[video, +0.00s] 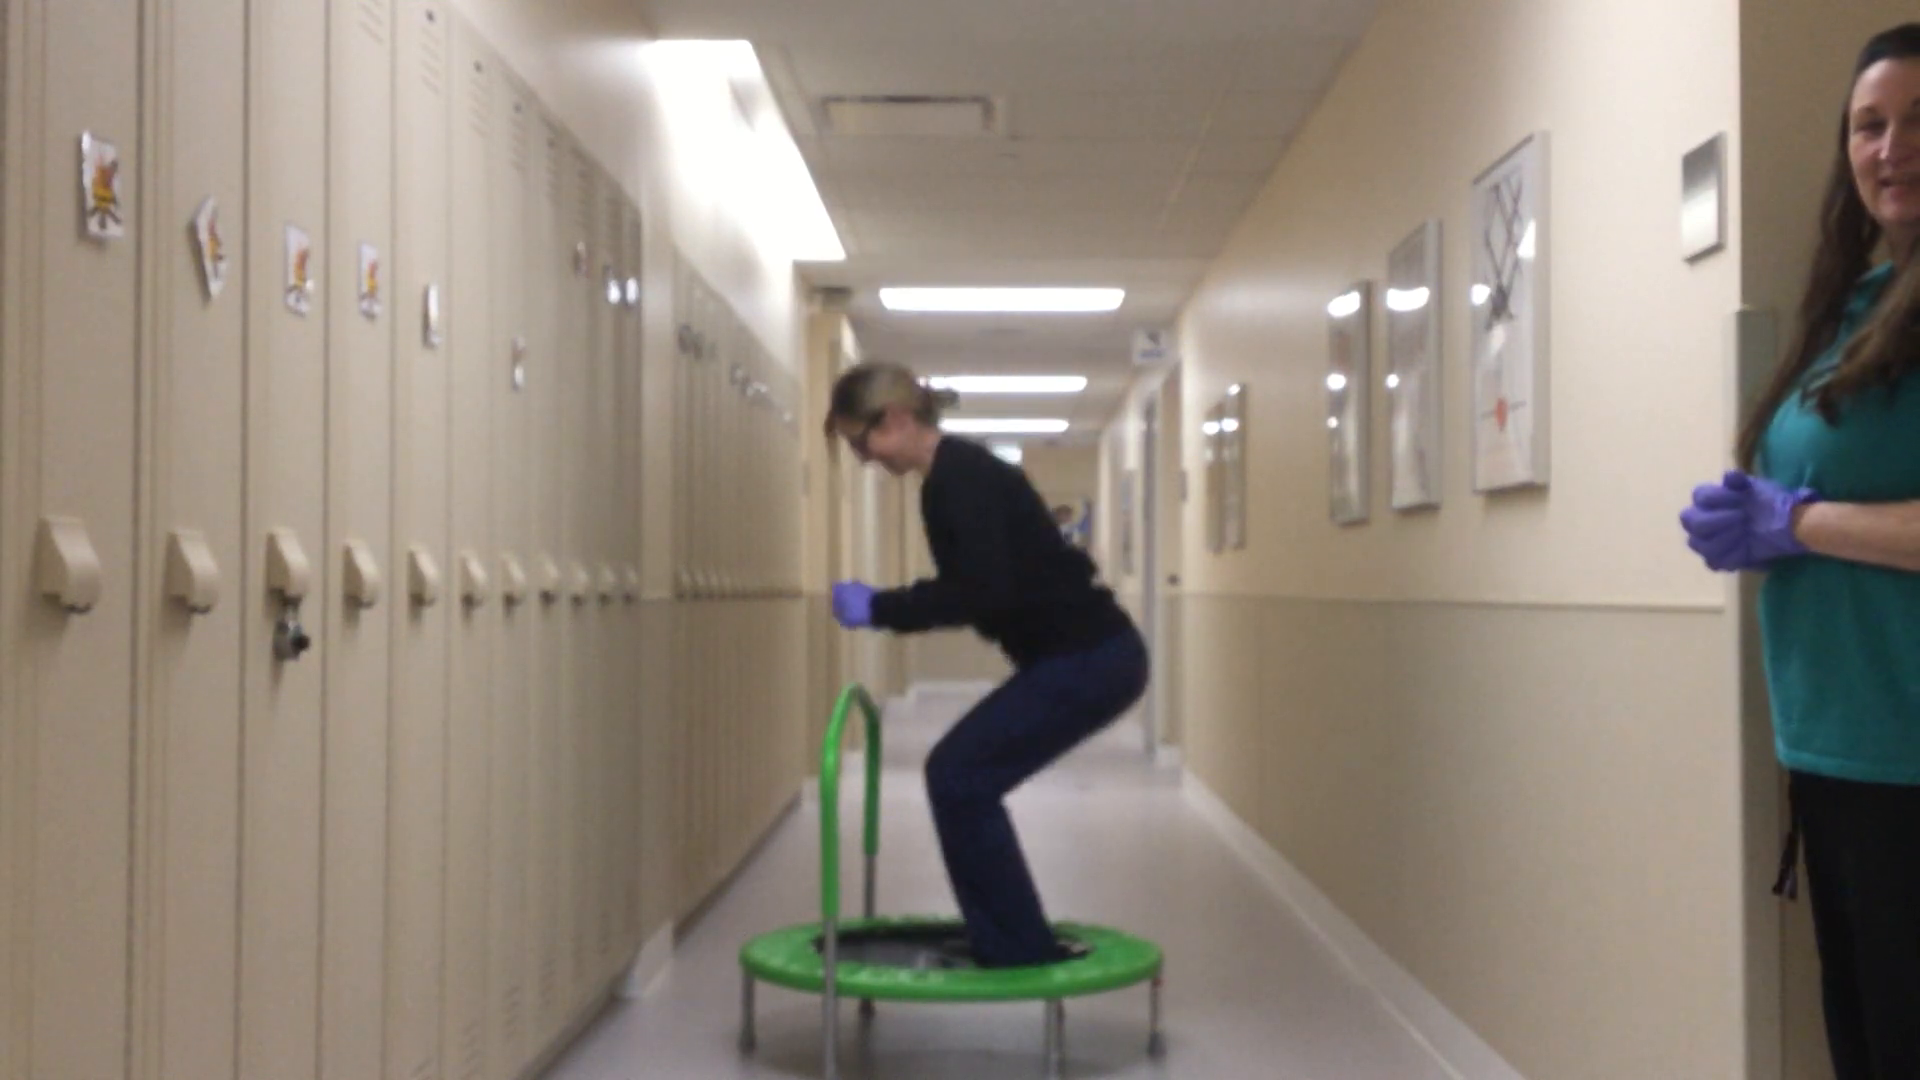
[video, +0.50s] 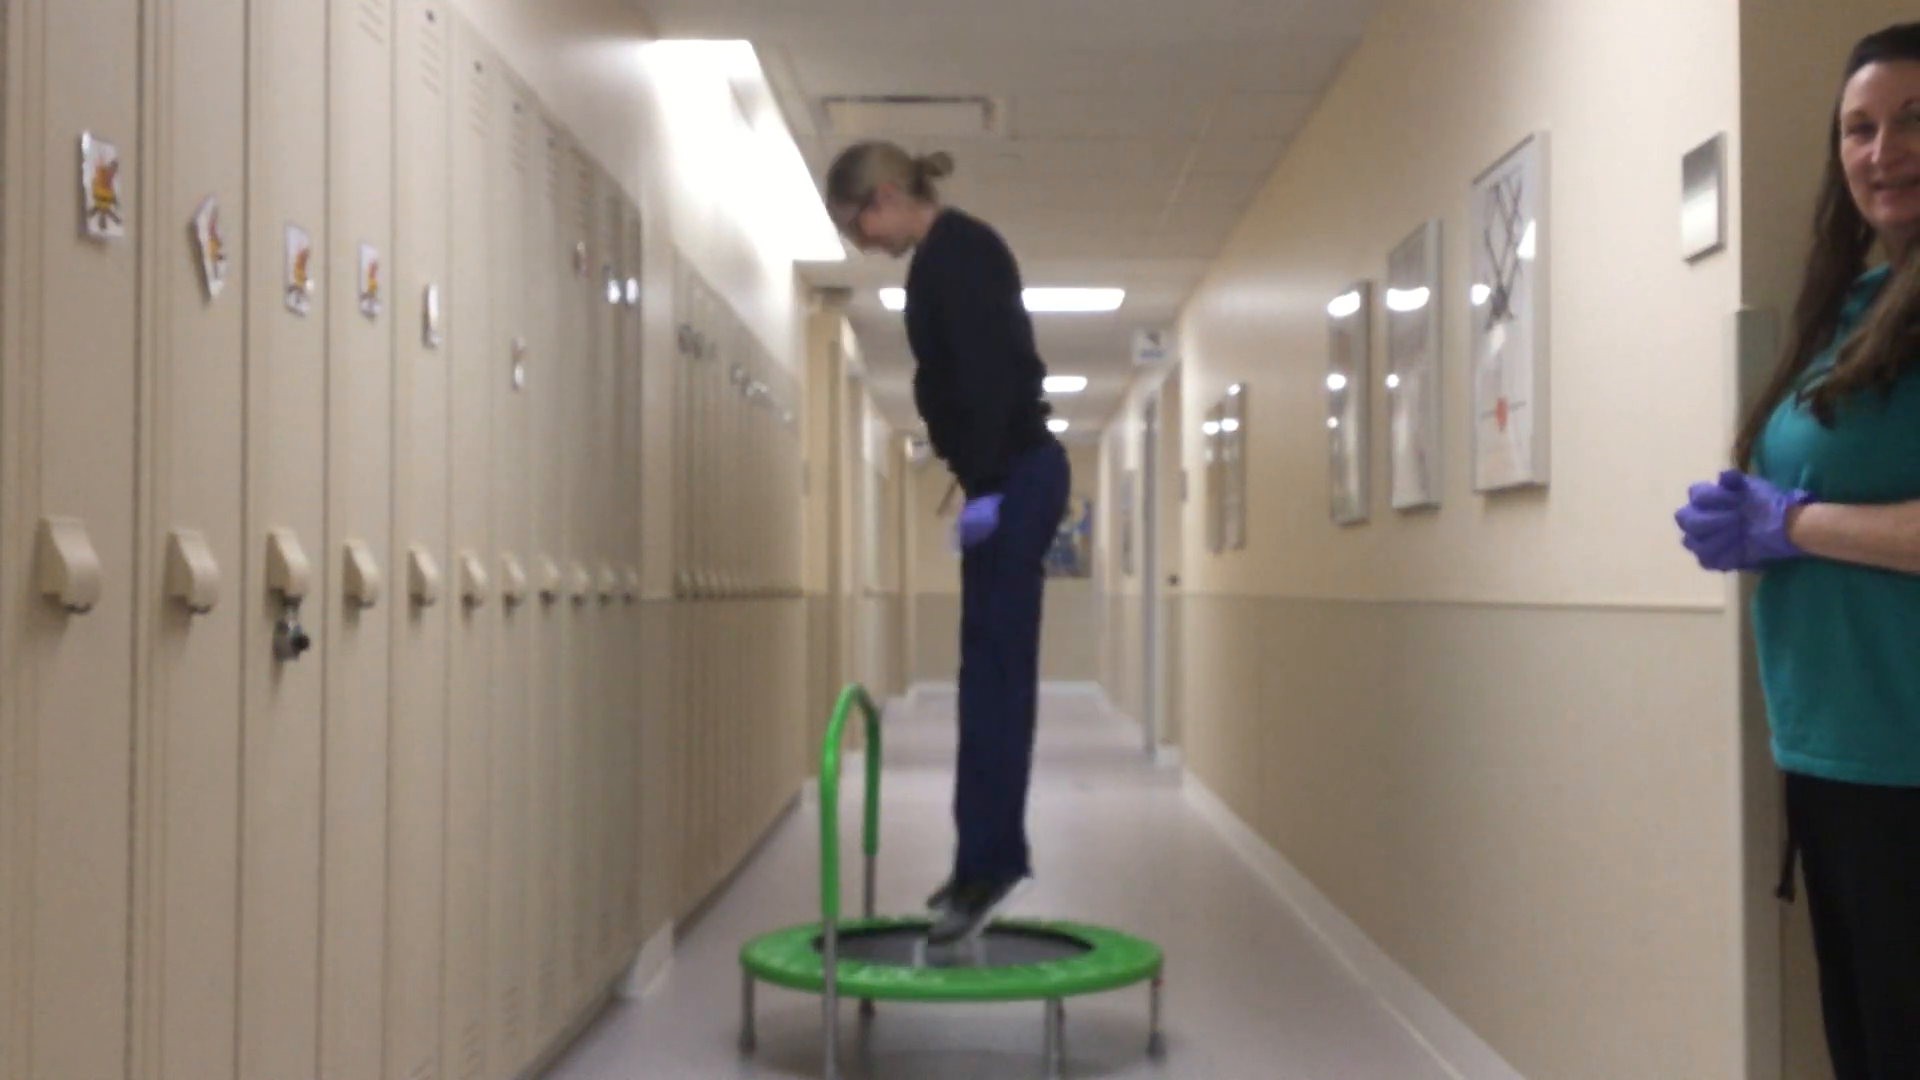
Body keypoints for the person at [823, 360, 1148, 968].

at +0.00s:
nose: (866, 456)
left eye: (865, 440)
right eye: (857, 446)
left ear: (897, 418)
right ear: (899, 421)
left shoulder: (963, 478)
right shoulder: (951, 479)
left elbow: (977, 594)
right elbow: (967, 592)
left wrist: (880, 607)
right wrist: (881, 606)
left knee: (959, 772)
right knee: (954, 769)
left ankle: (1017, 945)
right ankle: (1008, 938)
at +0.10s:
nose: (862, 477)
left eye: (862, 460)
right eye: (854, 466)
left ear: (893, 442)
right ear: (897, 445)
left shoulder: (956, 498)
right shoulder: (945, 501)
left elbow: (965, 623)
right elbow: (960, 619)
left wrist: (863, 620)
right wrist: (868, 619)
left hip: (1089, 685)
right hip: (1075, 682)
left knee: (949, 788)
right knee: (944, 785)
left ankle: (1015, 951)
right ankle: (1000, 943)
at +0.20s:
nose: (864, 438)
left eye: (865, 421)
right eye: (856, 427)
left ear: (897, 403)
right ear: (899, 406)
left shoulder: (953, 469)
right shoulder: (947, 468)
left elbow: (962, 588)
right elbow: (955, 588)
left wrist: (861, 595)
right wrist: (863, 595)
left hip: (1073, 665)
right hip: (1062, 662)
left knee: (944, 789)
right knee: (941, 786)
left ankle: (1012, 947)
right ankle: (994, 939)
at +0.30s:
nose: (867, 357)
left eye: (865, 339)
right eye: (858, 346)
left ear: (896, 316)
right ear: (894, 321)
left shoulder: (955, 383)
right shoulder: (950, 383)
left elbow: (970, 512)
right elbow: (968, 518)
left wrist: (888, 558)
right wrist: (896, 561)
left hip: (1044, 602)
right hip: (1038, 600)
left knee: (957, 774)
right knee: (955, 772)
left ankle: (1003, 944)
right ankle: (999, 938)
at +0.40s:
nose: (865, 275)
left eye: (863, 258)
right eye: (857, 264)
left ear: (891, 233)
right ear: (892, 236)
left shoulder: (960, 290)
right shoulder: (952, 295)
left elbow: (986, 410)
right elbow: (976, 416)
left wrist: (946, 516)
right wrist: (942, 515)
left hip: (1025, 521)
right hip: (1014, 521)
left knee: (988, 715)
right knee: (985, 714)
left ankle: (997, 917)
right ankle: (992, 912)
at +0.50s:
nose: (863, 239)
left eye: (861, 221)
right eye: (855, 229)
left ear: (889, 193)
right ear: (885, 202)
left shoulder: (957, 249)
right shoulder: (945, 255)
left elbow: (988, 365)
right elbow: (979, 367)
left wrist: (984, 480)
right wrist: (977, 476)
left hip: (1015, 474)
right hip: (1006, 475)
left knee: (995, 667)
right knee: (990, 667)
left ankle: (990, 860)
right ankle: (984, 856)